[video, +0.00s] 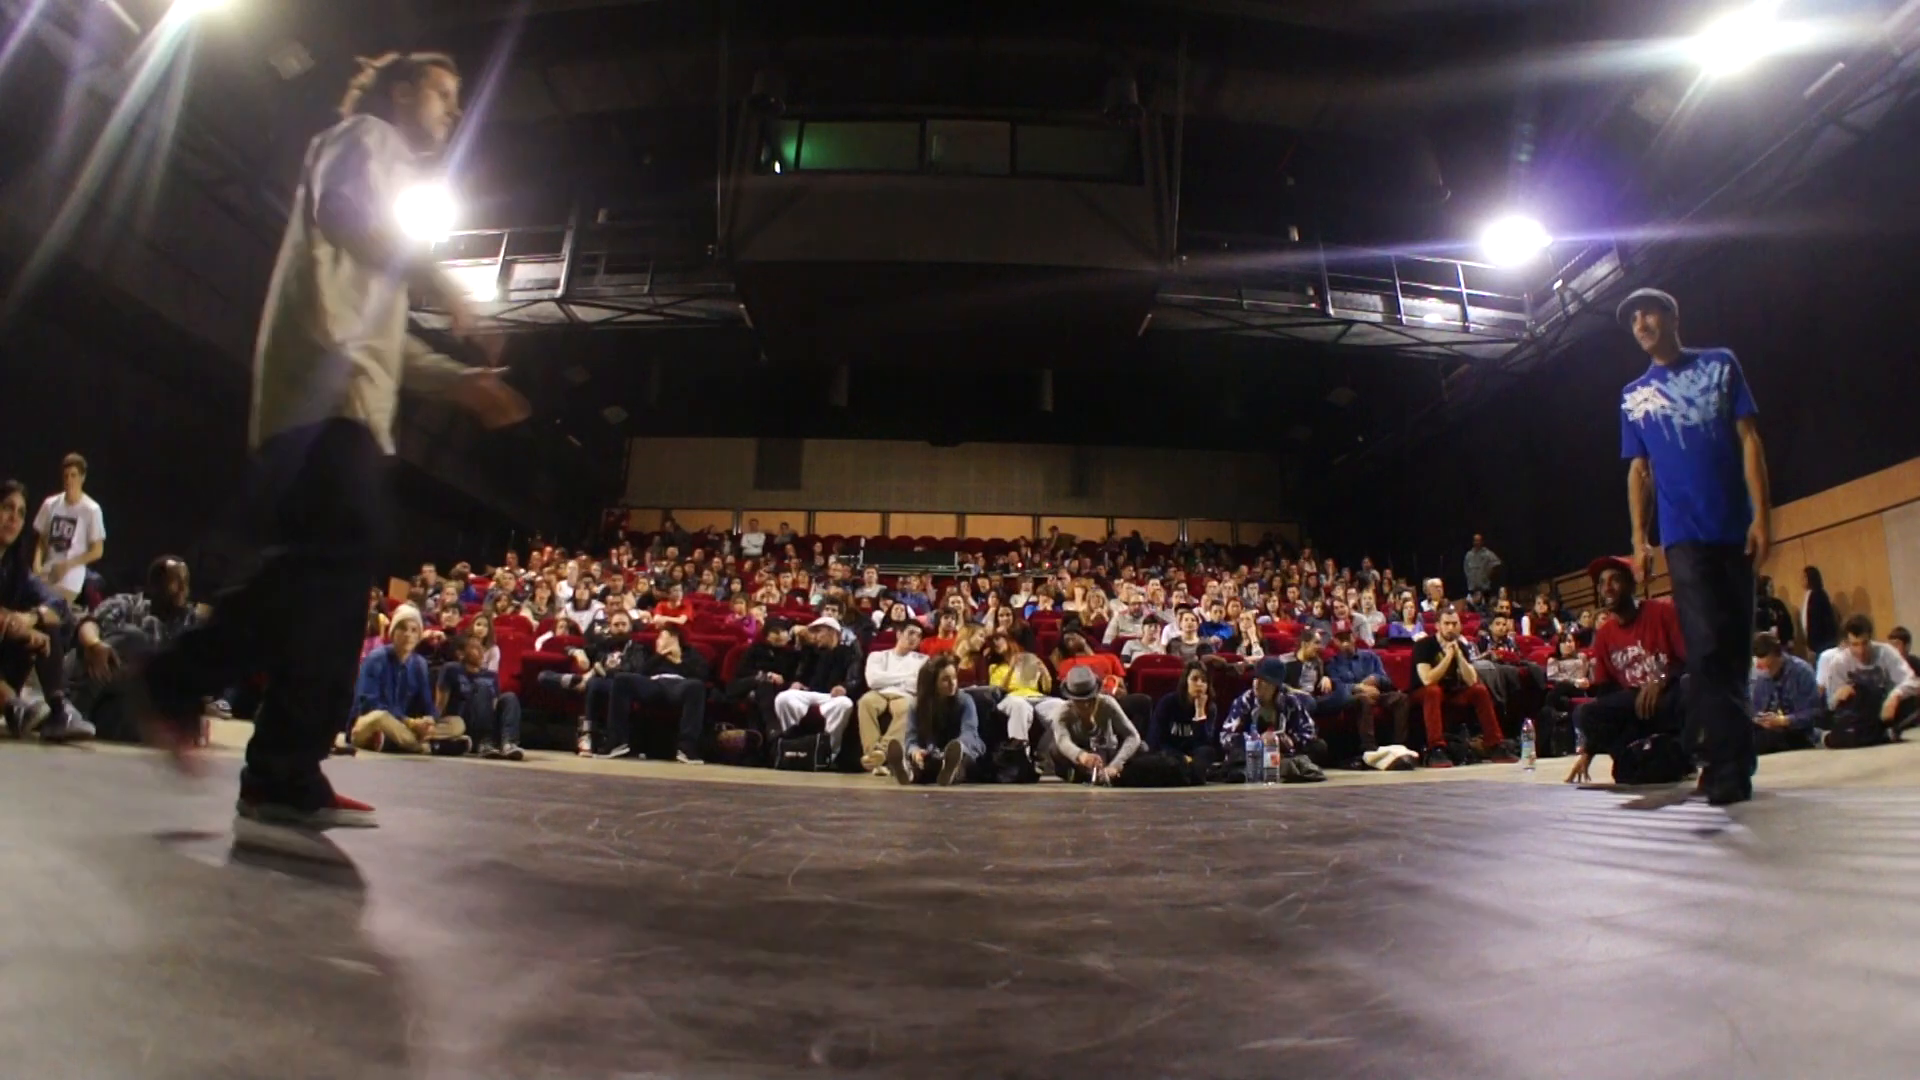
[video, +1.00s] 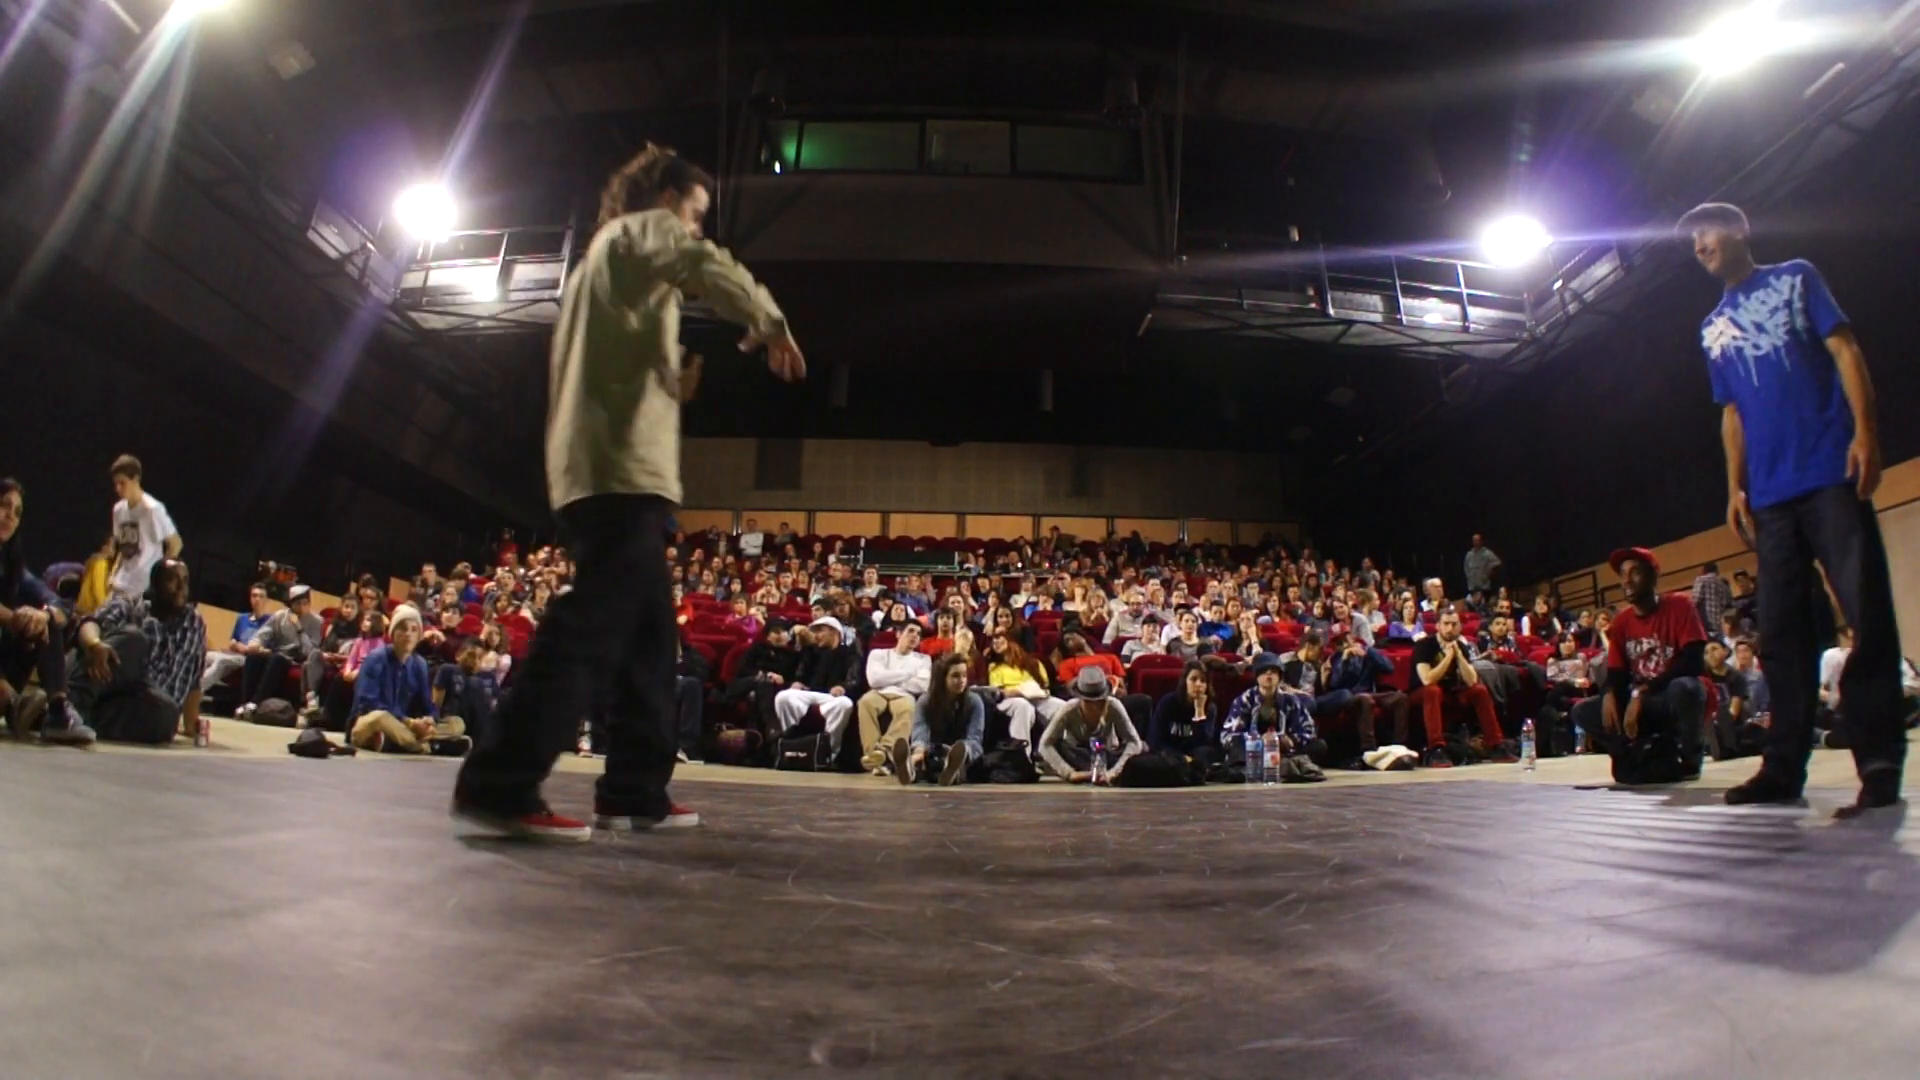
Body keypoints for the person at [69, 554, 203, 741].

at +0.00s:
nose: (173, 589)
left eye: (179, 583)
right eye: (166, 582)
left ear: (186, 587)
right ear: (153, 584)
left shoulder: (193, 620)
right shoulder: (127, 605)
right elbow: (89, 622)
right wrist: (93, 644)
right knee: (131, 637)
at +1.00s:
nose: (180, 587)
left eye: (185, 581)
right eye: (172, 580)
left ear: (188, 586)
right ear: (156, 583)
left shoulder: (194, 624)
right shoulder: (131, 606)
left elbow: (194, 683)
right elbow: (90, 623)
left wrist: (191, 729)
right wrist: (94, 644)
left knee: (160, 719)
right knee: (133, 639)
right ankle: (72, 707)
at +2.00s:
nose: (179, 590)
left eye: (184, 584)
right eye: (171, 582)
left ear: (187, 587)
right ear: (155, 585)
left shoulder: (195, 624)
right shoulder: (129, 606)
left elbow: (194, 682)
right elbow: (89, 624)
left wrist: (191, 730)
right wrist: (93, 644)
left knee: (162, 719)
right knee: (134, 640)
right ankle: (68, 699)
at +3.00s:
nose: (179, 590)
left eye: (184, 584)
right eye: (172, 582)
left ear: (188, 588)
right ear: (156, 584)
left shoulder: (194, 624)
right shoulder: (128, 605)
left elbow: (193, 683)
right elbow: (89, 622)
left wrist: (191, 731)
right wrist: (92, 643)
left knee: (162, 720)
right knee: (133, 638)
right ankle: (69, 701)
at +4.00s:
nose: (180, 591)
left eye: (184, 584)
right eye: (173, 583)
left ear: (188, 587)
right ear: (153, 585)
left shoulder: (194, 627)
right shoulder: (127, 604)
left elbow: (192, 685)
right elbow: (79, 615)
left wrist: (191, 730)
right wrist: (77, 633)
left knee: (161, 717)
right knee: (117, 625)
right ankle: (66, 705)